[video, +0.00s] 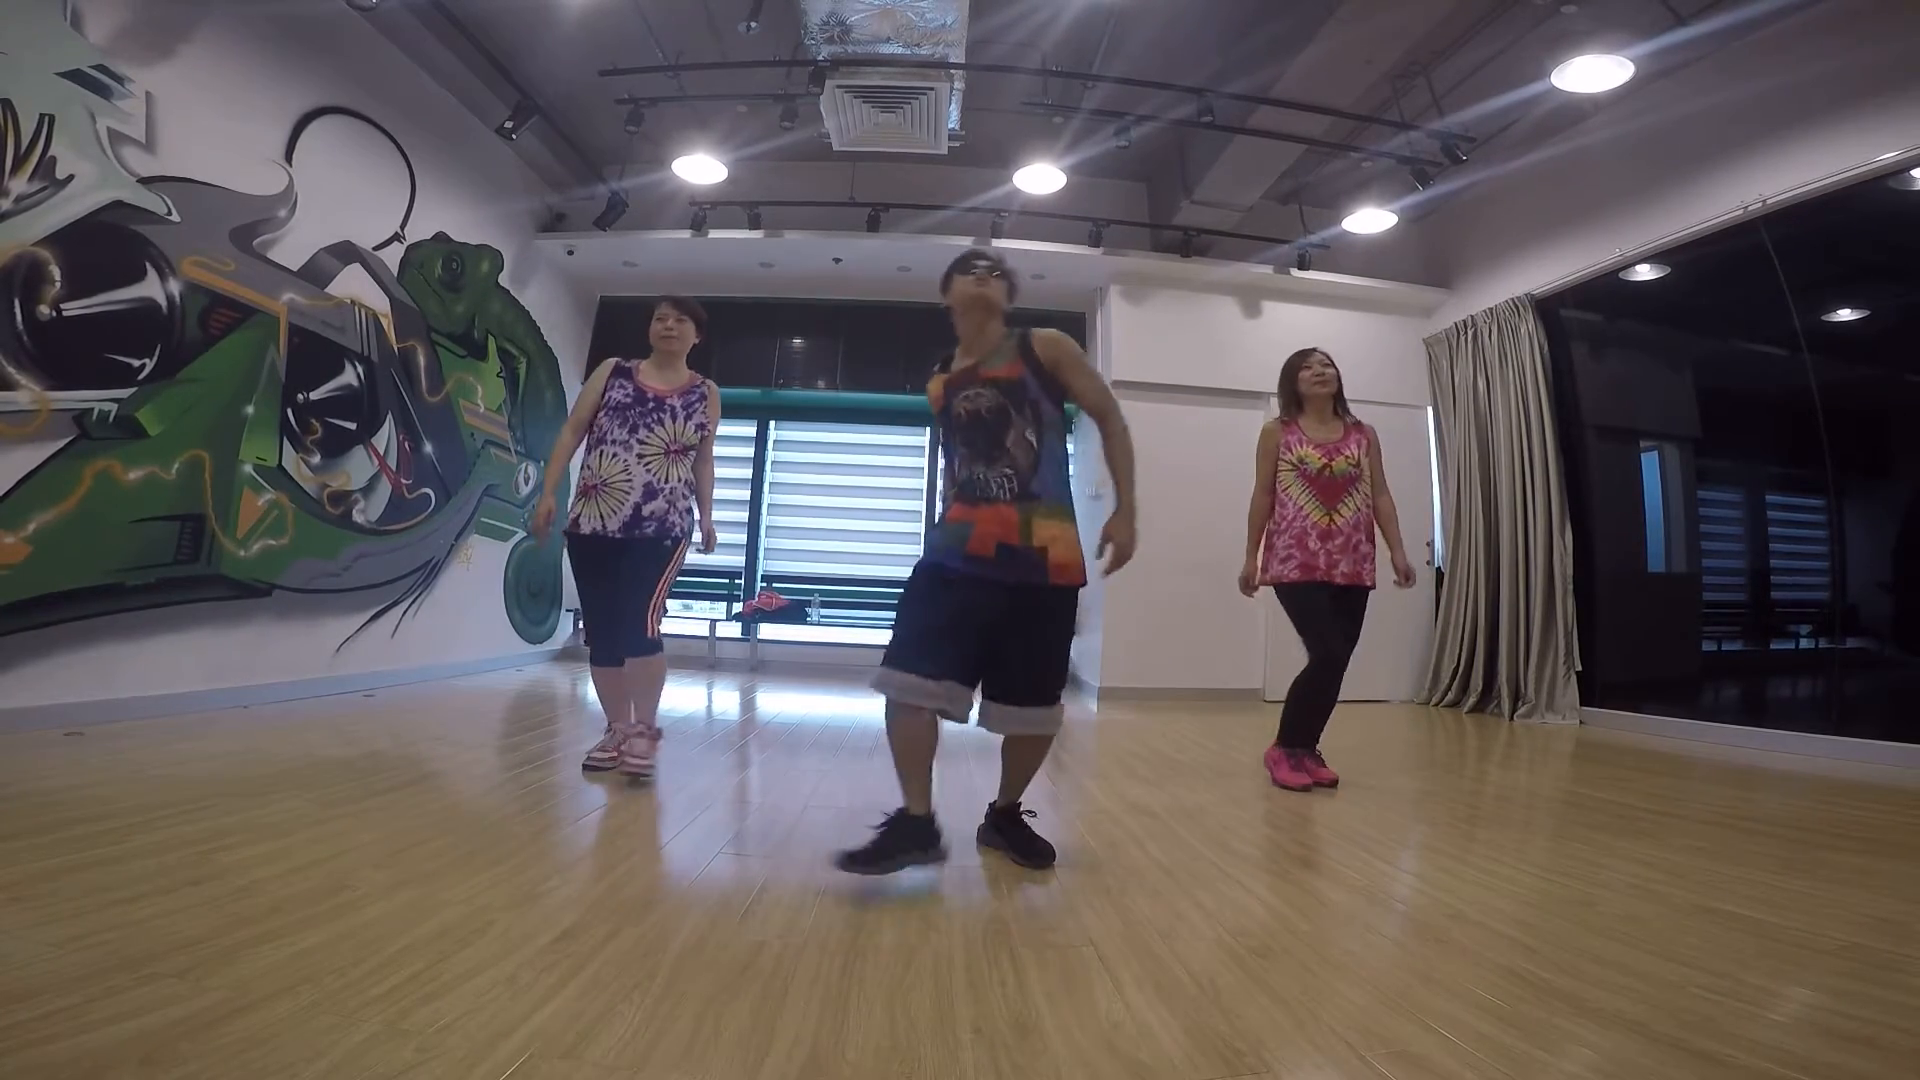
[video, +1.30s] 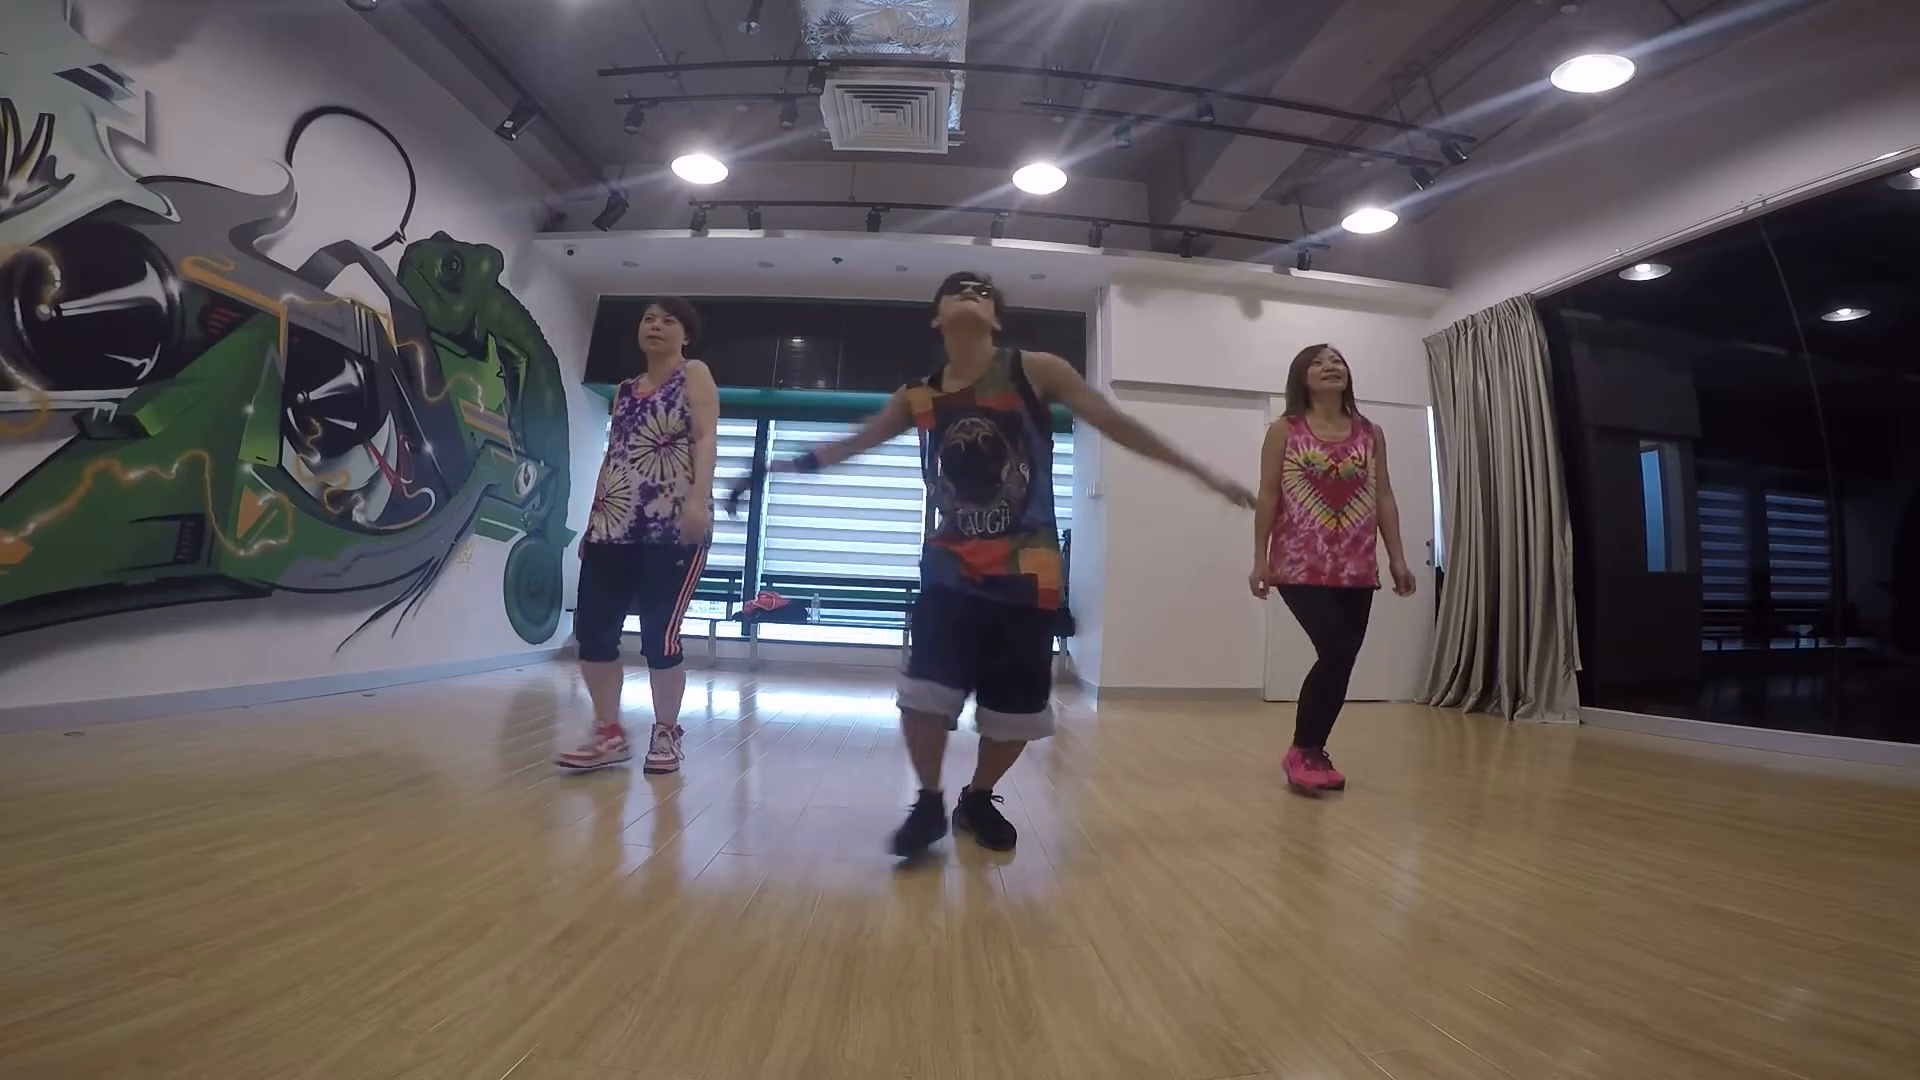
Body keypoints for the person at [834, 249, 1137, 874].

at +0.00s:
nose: (984, 277)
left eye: (996, 273)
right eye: (970, 270)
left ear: (1010, 298)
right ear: (946, 294)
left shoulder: (1046, 349)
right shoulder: (943, 382)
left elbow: (1110, 417)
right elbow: (964, 464)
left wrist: (1125, 509)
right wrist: (954, 534)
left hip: (1043, 558)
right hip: (960, 553)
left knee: (1036, 705)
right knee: (907, 680)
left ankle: (1005, 814)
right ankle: (916, 821)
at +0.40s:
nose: (948, 350)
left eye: (961, 340)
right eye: (937, 338)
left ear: (977, 352)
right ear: (919, 349)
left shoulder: (1014, 399)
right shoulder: (904, 436)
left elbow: (1048, 484)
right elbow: (907, 521)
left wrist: (1063, 574)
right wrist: (904, 598)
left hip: (1022, 586)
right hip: (935, 594)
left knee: (1048, 711)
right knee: (921, 720)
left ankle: (1006, 807)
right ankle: (947, 802)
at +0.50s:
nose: (960, 312)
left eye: (973, 303)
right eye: (949, 300)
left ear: (987, 320)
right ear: (927, 314)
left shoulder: (1016, 388)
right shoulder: (900, 401)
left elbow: (1034, 478)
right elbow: (883, 483)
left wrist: (1044, 569)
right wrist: (870, 550)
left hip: (1017, 570)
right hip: (935, 572)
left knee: (1042, 703)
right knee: (924, 710)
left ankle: (1023, 844)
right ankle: (947, 802)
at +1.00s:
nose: (1005, 331)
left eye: (1016, 323)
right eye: (991, 326)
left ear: (1032, 339)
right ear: (974, 344)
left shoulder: (1045, 431)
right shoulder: (936, 399)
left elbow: (1058, 517)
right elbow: (884, 454)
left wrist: (1074, 590)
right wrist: (844, 499)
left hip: (999, 585)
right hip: (922, 578)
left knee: (1007, 714)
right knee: (894, 710)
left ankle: (976, 802)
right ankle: (930, 789)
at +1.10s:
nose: (994, 303)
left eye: (1004, 298)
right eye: (980, 298)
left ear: (1022, 324)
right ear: (961, 324)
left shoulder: (1048, 401)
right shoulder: (930, 388)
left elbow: (1097, 485)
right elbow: (863, 429)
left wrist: (1149, 558)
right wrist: (805, 460)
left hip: (1009, 583)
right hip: (930, 573)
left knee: (1004, 717)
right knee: (900, 696)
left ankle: (975, 801)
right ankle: (908, 822)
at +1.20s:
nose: (985, 294)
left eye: (995, 294)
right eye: (970, 292)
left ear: (1011, 327)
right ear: (947, 325)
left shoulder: (1049, 383)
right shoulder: (921, 389)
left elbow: (1125, 441)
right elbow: (841, 425)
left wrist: (1196, 495)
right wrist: (763, 449)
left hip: (1021, 578)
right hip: (942, 571)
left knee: (1008, 712)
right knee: (911, 691)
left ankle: (977, 800)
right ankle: (909, 815)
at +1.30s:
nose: (968, 297)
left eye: (980, 293)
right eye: (956, 293)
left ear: (997, 320)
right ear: (936, 322)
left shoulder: (1036, 371)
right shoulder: (920, 396)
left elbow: (1122, 427)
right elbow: (855, 443)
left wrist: (1204, 474)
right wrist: (800, 462)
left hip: (1027, 578)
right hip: (951, 575)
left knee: (1015, 715)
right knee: (923, 701)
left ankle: (978, 800)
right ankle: (929, 800)